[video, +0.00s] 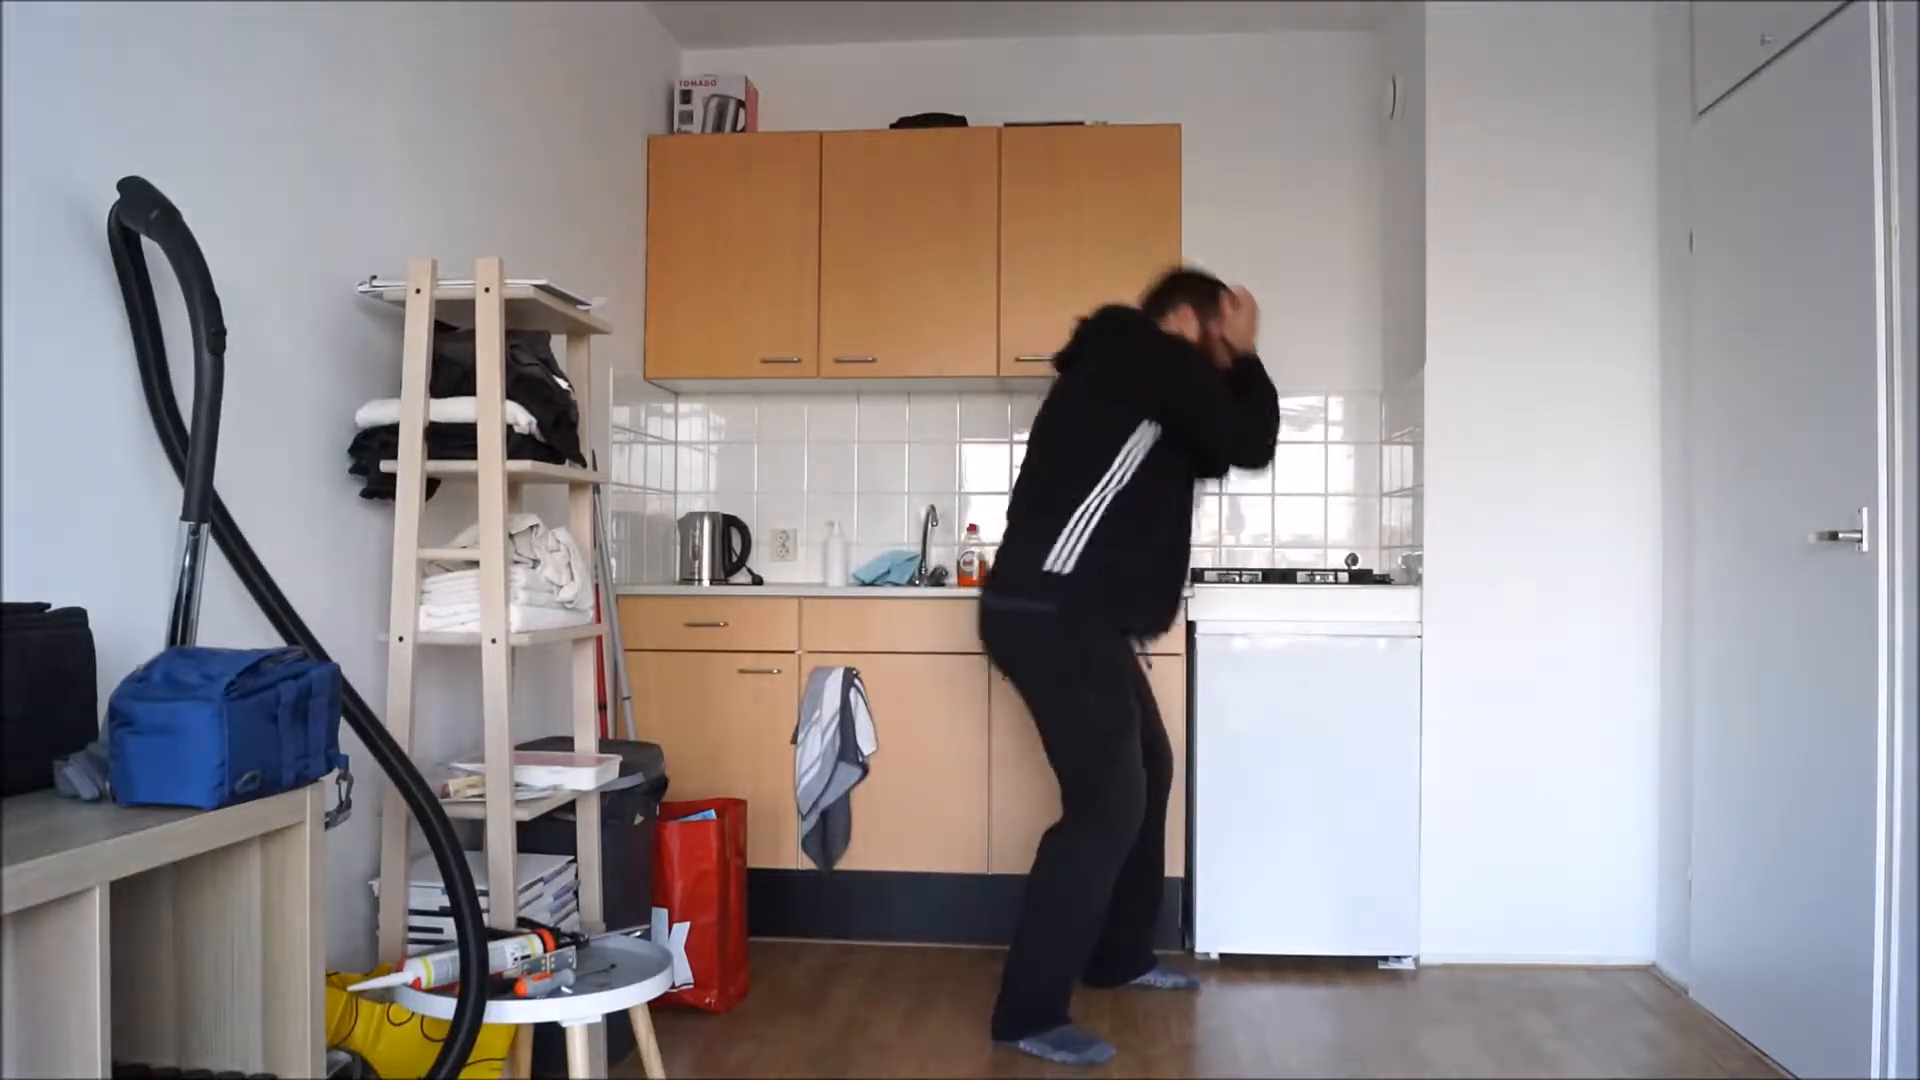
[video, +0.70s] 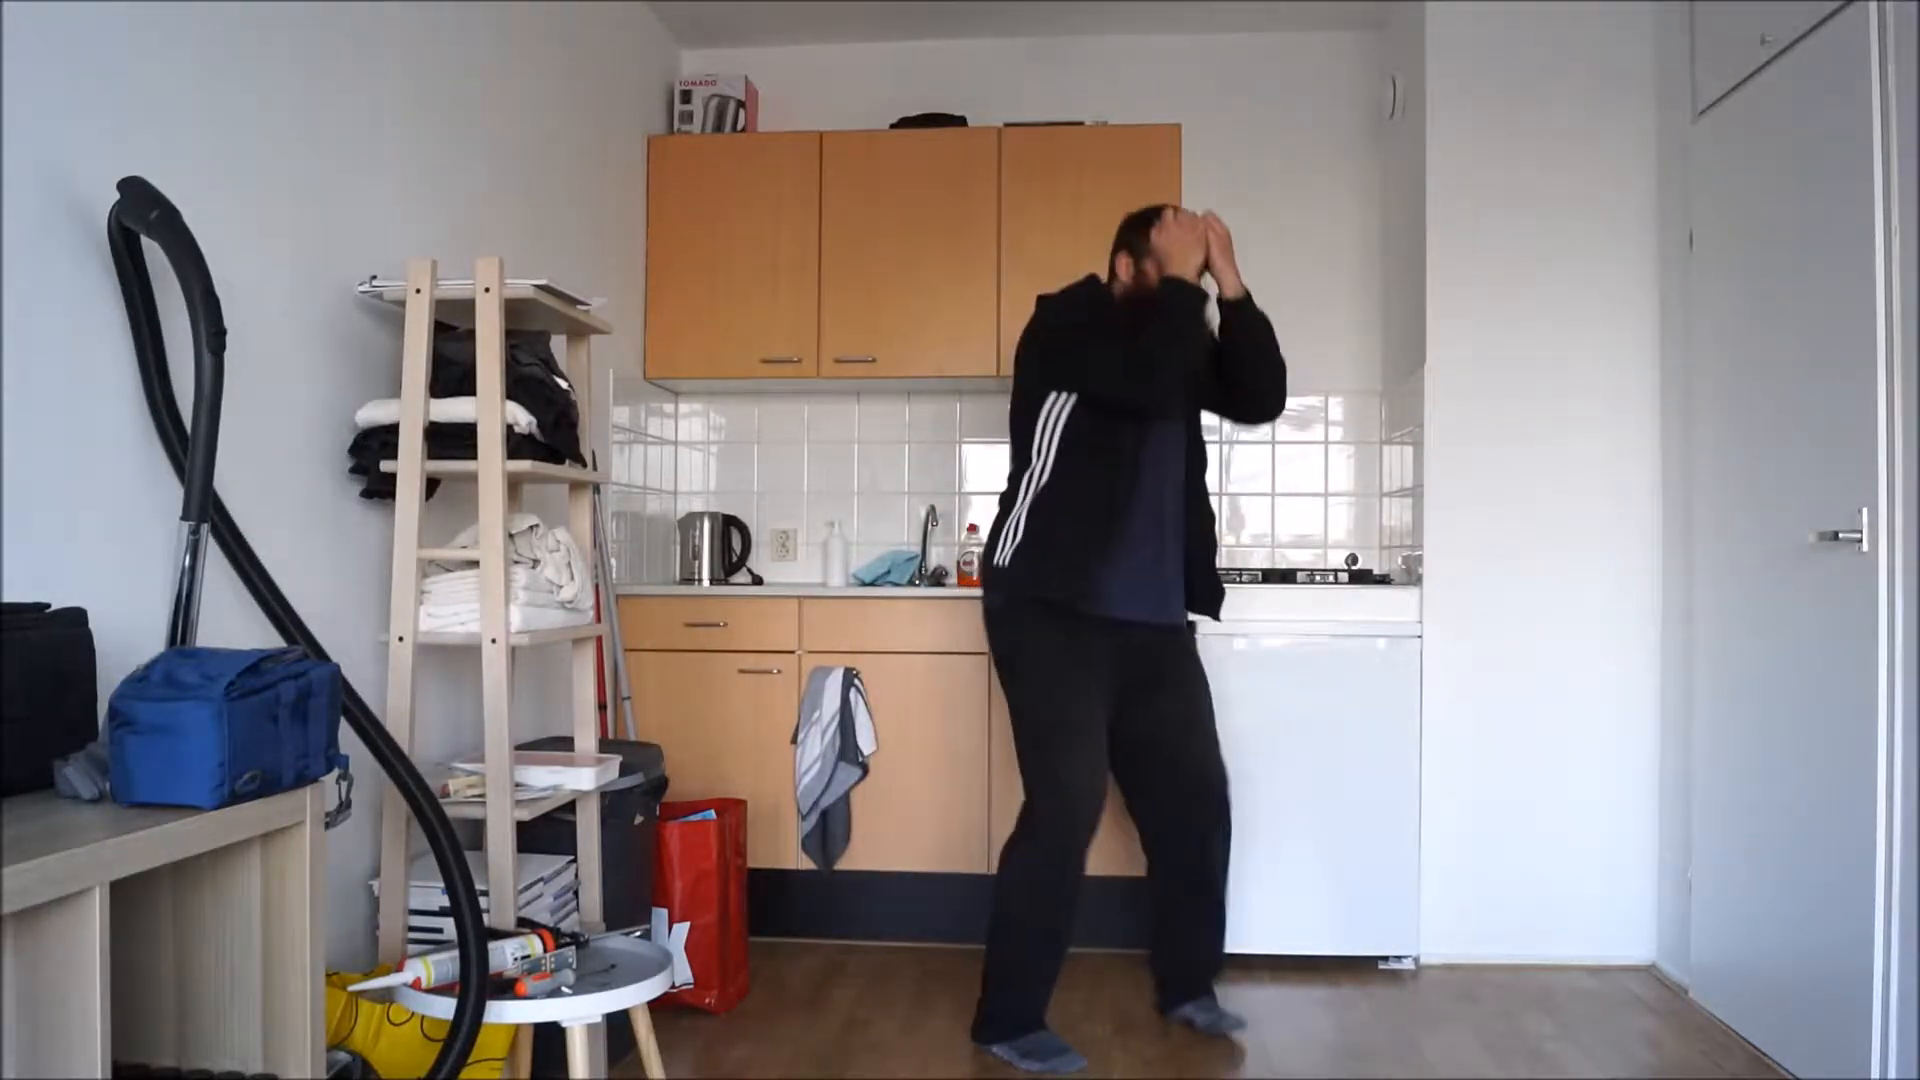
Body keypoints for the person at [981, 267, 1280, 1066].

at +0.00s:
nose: (1221, 349)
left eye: (1222, 335)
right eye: (1217, 333)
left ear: (1164, 314)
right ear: (1183, 320)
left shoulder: (1132, 360)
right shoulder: (1141, 355)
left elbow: (1227, 451)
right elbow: (1248, 441)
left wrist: (1232, 363)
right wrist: (1242, 354)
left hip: (1084, 613)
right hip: (1048, 612)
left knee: (1149, 769)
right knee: (1108, 798)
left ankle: (1119, 957)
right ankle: (1028, 1018)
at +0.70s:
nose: (1205, 268)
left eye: (1207, 258)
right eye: (1191, 250)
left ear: (1188, 281)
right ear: (1130, 264)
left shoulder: (1179, 344)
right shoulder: (1065, 319)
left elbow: (1260, 398)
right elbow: (1150, 381)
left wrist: (1232, 285)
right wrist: (1174, 286)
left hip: (1149, 619)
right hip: (1051, 609)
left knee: (1193, 806)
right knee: (1065, 803)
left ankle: (1187, 991)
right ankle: (1008, 1021)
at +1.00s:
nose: (1136, 250)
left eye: (1152, 237)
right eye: (1122, 235)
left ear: (1169, 254)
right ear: (1099, 249)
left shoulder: (1195, 327)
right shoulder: (1054, 315)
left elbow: (1221, 380)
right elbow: (1033, 379)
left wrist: (1175, 284)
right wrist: (1090, 284)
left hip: (1168, 623)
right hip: (1047, 613)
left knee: (1184, 812)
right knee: (998, 790)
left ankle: (1189, 999)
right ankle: (993, 972)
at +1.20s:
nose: (1046, 268)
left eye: (1062, 255)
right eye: (1036, 260)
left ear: (1100, 279)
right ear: (1026, 286)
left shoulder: (1157, 340)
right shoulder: (1014, 359)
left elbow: (1139, 418)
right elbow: (973, 435)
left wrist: (1083, 323)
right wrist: (1010, 329)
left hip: (1170, 633)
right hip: (1051, 636)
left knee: (1208, 804)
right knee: (1011, 801)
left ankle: (1217, 992)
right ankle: (995, 979)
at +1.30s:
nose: (1025, 342)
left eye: (1038, 327)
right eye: (1016, 333)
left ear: (1082, 325)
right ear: (1008, 341)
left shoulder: (1148, 372)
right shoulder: (1013, 398)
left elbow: (1124, 475)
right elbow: (972, 491)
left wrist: (1061, 380)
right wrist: (992, 383)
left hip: (1165, 645)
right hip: (1049, 649)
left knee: (1221, 810)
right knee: (1010, 807)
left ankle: (1251, 995)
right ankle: (995, 980)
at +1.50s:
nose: (1079, 440)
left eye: (1093, 428)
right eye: (1067, 431)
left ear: (1131, 416)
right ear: (1055, 423)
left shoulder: (1188, 439)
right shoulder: (1035, 446)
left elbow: (1176, 563)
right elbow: (1027, 578)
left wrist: (1122, 475)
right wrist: (1054, 480)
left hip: (1180, 673)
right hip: (1059, 675)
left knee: (1245, 826)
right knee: (1008, 822)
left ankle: (1260, 1004)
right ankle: (996, 979)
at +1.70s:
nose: (1195, 365)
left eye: (1209, 355)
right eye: (1183, 351)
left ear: (1226, 357)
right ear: (1154, 345)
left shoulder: (1242, 409)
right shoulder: (1101, 389)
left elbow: (1266, 504)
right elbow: (1100, 493)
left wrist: (1239, 402)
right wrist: (1160, 405)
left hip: (1193, 660)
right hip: (1079, 658)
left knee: (1257, 823)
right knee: (1030, 820)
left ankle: (1261, 1002)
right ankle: (999, 979)